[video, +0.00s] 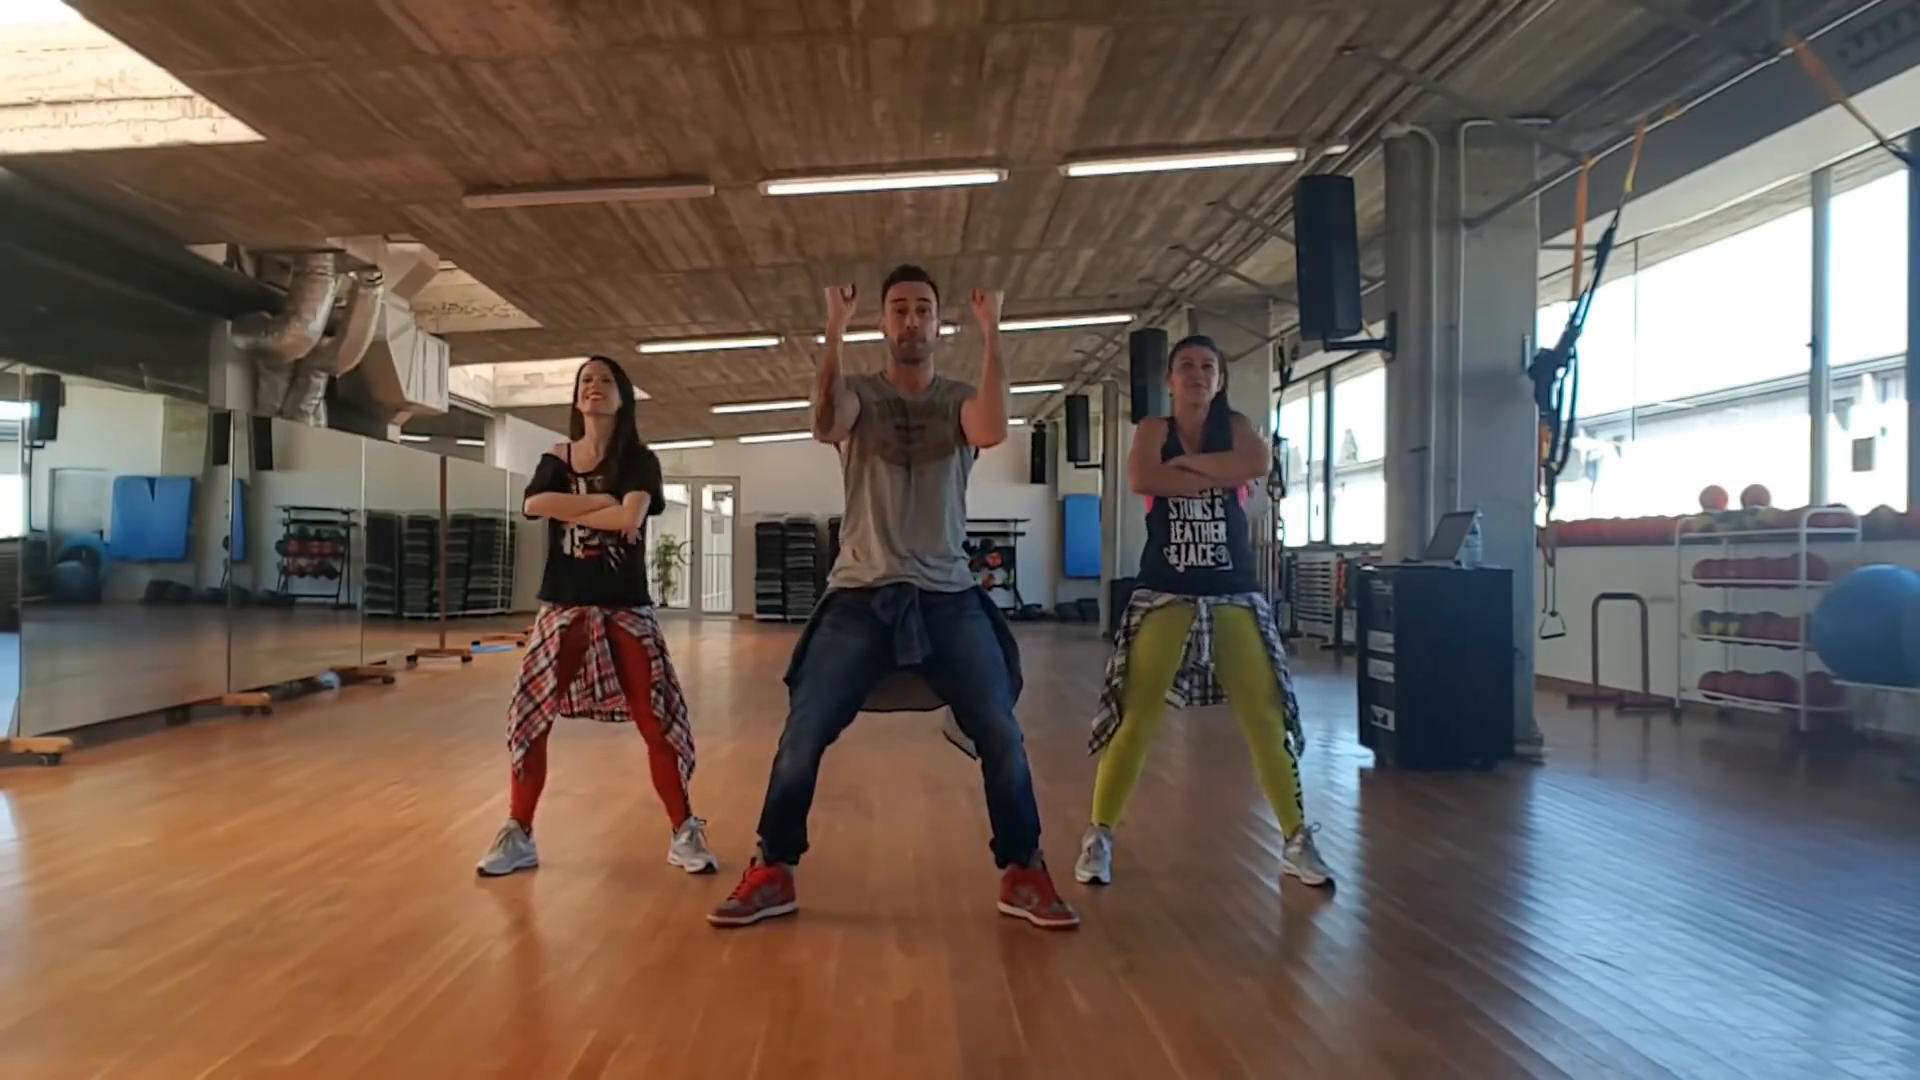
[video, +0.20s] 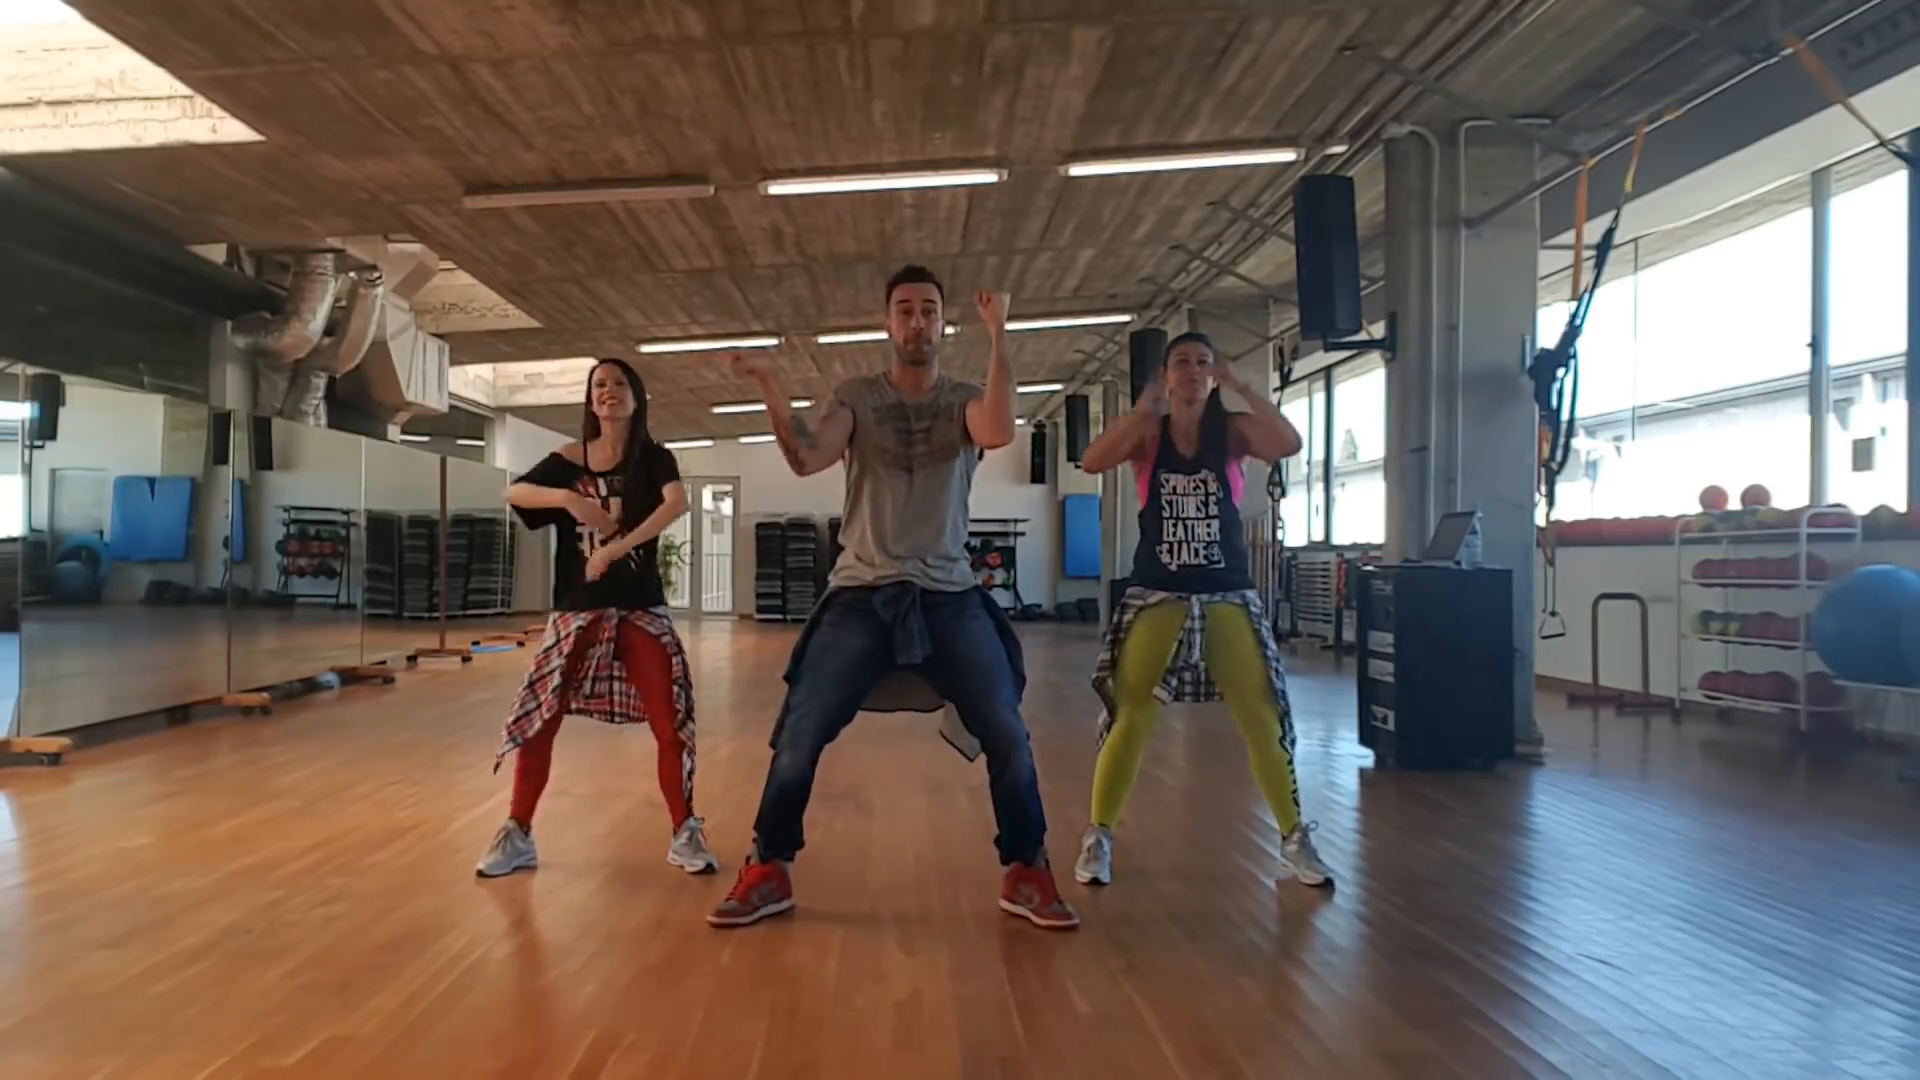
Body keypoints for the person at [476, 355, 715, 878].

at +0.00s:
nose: (595, 388)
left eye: (606, 382)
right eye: (587, 382)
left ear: (624, 397)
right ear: (577, 397)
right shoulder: (557, 456)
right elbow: (535, 504)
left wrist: (564, 510)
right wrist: (609, 505)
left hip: (625, 605)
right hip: (563, 604)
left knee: (656, 721)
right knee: (531, 714)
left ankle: (685, 831)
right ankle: (519, 835)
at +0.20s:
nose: (609, 391)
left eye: (618, 383)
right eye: (600, 386)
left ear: (637, 396)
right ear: (590, 400)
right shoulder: (569, 458)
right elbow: (515, 494)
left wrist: (618, 545)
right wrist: (567, 499)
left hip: (641, 606)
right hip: (578, 607)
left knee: (670, 724)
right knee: (540, 716)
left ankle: (686, 833)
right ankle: (518, 834)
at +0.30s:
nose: (620, 389)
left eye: (628, 381)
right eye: (611, 384)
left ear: (648, 390)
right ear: (601, 397)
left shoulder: (665, 449)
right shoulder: (577, 450)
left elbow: (695, 464)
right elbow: (513, 452)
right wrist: (501, 452)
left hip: (659, 600)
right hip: (596, 601)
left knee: (676, 722)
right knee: (559, 714)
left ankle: (687, 832)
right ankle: (527, 831)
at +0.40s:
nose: (630, 392)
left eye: (638, 383)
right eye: (620, 387)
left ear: (656, 391)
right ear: (611, 400)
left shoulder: (677, 451)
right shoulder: (591, 454)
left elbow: (715, 438)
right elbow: (525, 450)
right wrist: (492, 398)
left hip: (673, 600)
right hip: (613, 598)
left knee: (686, 719)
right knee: (588, 709)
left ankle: (687, 831)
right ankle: (584, 812)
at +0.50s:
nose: (638, 403)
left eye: (646, 394)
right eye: (628, 397)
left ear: (664, 403)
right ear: (618, 409)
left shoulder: (679, 467)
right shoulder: (599, 469)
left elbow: (696, 458)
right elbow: (542, 477)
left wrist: (680, 392)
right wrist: (543, 411)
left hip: (681, 611)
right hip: (622, 614)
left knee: (701, 724)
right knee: (629, 722)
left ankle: (689, 830)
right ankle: (630, 820)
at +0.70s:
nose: (631, 407)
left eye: (640, 398)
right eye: (622, 401)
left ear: (659, 407)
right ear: (612, 414)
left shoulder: (673, 462)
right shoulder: (599, 466)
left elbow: (690, 456)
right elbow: (547, 466)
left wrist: (679, 390)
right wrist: (545, 401)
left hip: (676, 606)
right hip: (618, 609)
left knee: (693, 718)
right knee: (599, 725)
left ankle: (689, 830)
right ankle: (645, 809)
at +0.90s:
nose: (607, 413)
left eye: (616, 404)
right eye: (598, 408)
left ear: (636, 412)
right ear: (590, 419)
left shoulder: (651, 470)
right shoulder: (578, 475)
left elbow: (681, 477)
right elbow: (538, 483)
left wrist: (675, 410)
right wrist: (543, 416)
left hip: (651, 618)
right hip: (591, 619)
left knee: (677, 723)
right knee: (542, 715)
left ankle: (699, 831)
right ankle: (539, 831)